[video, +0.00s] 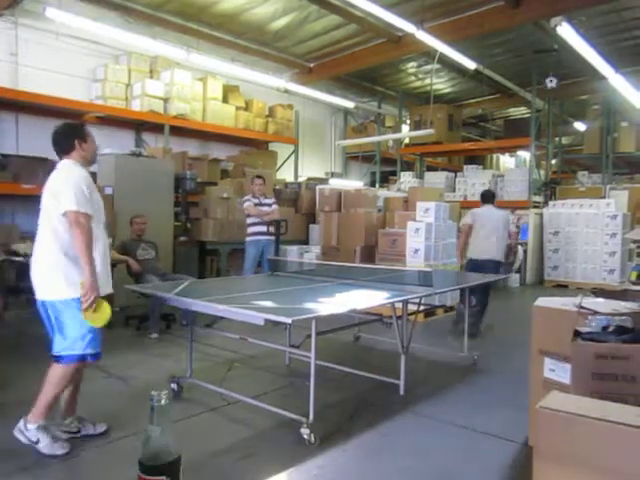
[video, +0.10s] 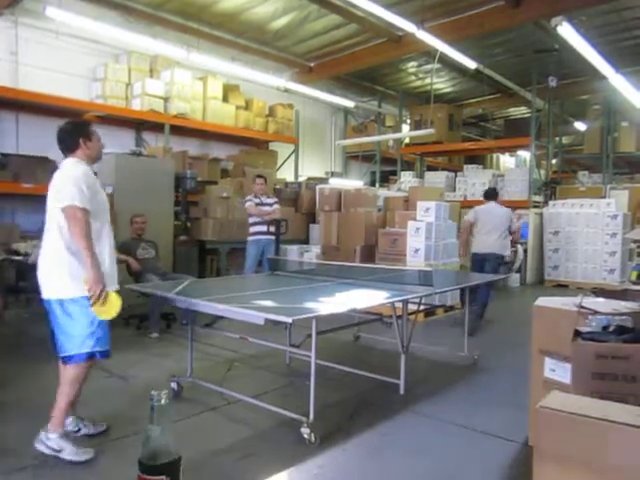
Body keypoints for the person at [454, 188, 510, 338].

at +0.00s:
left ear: (480, 201)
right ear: (494, 201)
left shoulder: (473, 213)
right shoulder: (504, 215)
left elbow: (464, 233)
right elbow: (512, 239)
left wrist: (460, 255)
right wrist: (508, 258)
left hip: (474, 259)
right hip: (495, 260)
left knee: (467, 292)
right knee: (484, 293)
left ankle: (461, 321)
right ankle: (475, 326)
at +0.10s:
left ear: (484, 199)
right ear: (498, 198)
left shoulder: (477, 210)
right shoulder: (507, 212)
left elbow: (466, 224)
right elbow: (514, 231)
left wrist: (463, 247)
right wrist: (514, 244)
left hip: (478, 250)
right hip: (496, 251)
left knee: (474, 284)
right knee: (487, 286)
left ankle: (471, 311)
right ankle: (476, 317)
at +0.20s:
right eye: (501, 197)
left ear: (488, 198)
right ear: (501, 198)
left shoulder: (481, 210)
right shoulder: (510, 211)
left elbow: (468, 225)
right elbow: (517, 228)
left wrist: (466, 247)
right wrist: (517, 243)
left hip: (481, 252)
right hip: (502, 253)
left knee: (478, 282)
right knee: (492, 284)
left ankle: (480, 305)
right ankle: (482, 309)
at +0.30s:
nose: (509, 198)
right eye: (509, 196)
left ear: (496, 195)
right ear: (508, 196)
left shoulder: (486, 208)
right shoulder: (514, 209)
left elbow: (475, 224)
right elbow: (519, 226)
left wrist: (474, 242)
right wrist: (519, 243)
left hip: (485, 249)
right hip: (504, 250)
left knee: (482, 280)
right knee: (500, 281)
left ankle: (480, 308)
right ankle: (496, 303)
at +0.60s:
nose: (525, 205)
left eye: (525, 203)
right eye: (525, 203)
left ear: (512, 203)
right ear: (522, 203)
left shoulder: (503, 214)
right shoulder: (526, 214)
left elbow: (495, 232)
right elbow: (530, 233)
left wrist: (493, 248)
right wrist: (533, 252)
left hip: (501, 251)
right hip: (518, 251)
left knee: (499, 277)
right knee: (520, 278)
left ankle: (493, 296)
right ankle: (517, 301)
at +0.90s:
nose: (529, 225)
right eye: (529, 224)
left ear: (519, 222)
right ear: (528, 224)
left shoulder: (510, 229)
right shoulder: (529, 232)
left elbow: (499, 238)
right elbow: (536, 247)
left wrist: (500, 251)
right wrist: (539, 258)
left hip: (507, 256)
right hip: (522, 257)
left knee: (509, 275)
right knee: (526, 274)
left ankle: (510, 294)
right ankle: (523, 294)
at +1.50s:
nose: (548, 216)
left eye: (548, 214)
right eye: (548, 215)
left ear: (538, 211)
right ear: (547, 214)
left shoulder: (527, 218)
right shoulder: (544, 224)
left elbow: (517, 228)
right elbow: (546, 242)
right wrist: (549, 257)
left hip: (515, 247)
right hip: (528, 250)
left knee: (529, 267)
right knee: (537, 268)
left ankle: (525, 287)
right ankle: (530, 288)